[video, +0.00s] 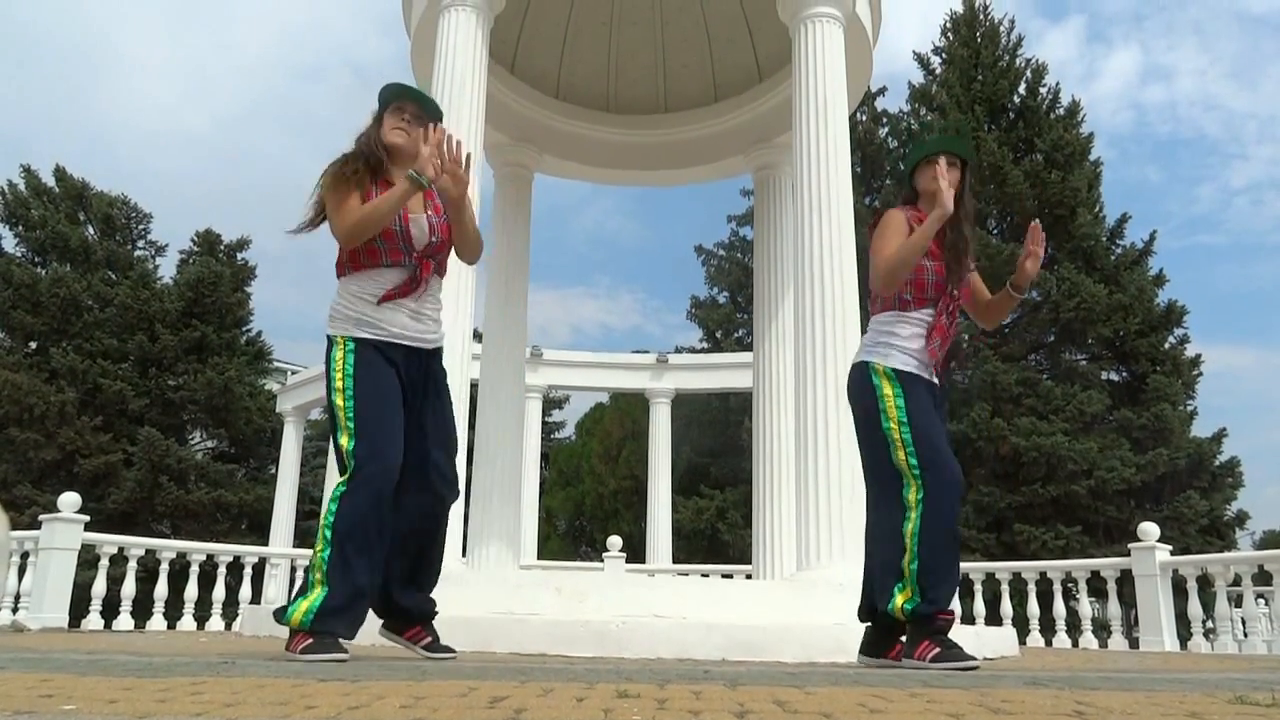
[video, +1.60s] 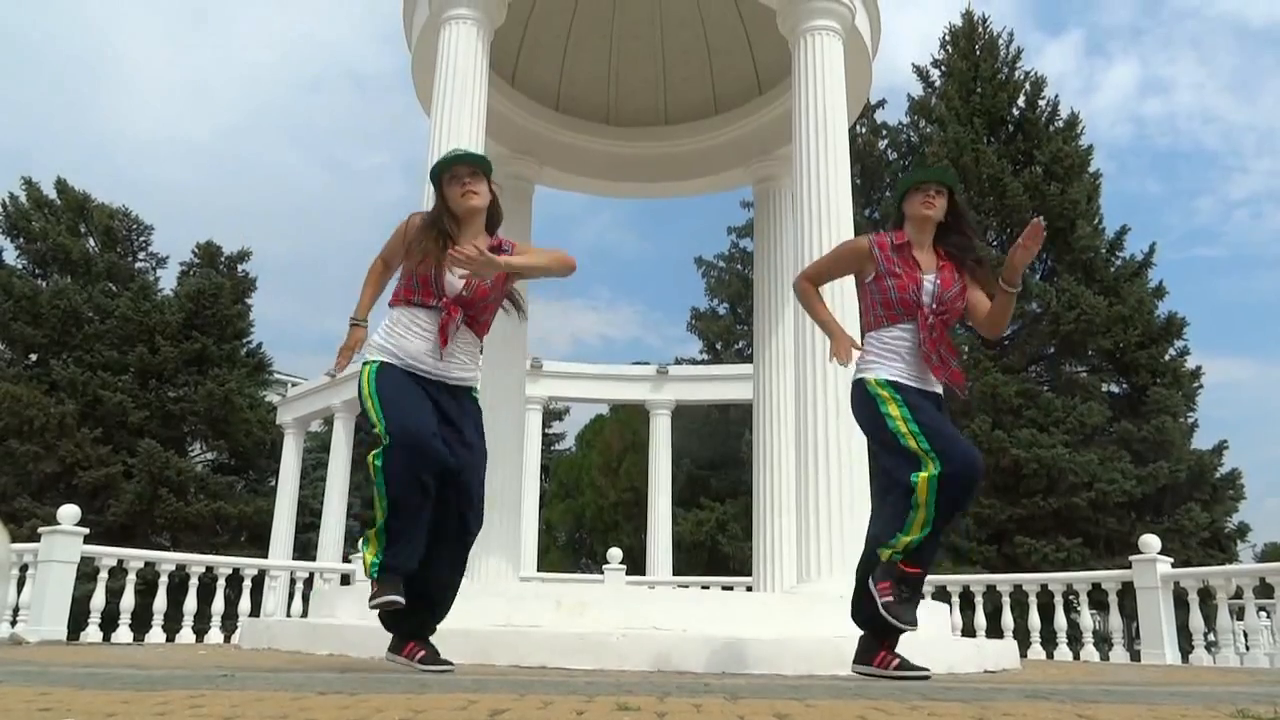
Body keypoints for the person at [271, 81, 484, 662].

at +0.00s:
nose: (406, 126)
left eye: (418, 123)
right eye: (398, 116)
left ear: (433, 139)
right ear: (376, 124)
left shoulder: (441, 188)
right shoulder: (350, 173)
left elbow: (470, 252)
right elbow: (349, 231)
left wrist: (456, 196)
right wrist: (412, 182)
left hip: (424, 351)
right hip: (363, 343)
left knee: (434, 480)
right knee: (372, 471)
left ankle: (405, 612)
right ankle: (318, 625)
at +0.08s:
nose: (412, 132)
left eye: (425, 129)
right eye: (406, 121)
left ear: (440, 145)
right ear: (385, 127)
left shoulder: (449, 197)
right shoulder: (354, 182)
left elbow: (473, 264)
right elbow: (341, 242)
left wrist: (475, 204)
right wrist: (388, 179)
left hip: (424, 357)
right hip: (363, 344)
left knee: (436, 478)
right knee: (364, 464)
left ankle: (406, 615)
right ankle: (319, 623)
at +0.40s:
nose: (441, 178)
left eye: (453, 176)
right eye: (433, 169)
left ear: (464, 194)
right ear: (414, 176)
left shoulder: (466, 243)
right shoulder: (382, 216)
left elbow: (475, 321)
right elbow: (370, 279)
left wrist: (479, 268)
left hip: (439, 377)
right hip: (383, 364)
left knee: (455, 504)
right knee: (368, 492)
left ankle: (401, 627)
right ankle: (316, 630)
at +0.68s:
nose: (466, 212)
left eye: (477, 211)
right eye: (460, 202)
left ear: (483, 228)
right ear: (440, 206)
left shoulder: (479, 276)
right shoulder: (402, 237)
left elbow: (481, 351)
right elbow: (360, 294)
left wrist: (518, 319)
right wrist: (398, 257)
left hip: (452, 393)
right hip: (398, 376)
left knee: (469, 517)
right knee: (378, 497)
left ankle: (403, 634)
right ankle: (321, 623)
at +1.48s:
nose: (486, 193)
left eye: (493, 186)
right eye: (474, 187)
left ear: (505, 199)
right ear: (458, 200)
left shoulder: (515, 263)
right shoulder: (428, 233)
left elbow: (548, 308)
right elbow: (379, 265)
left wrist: (504, 266)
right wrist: (355, 319)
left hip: (453, 379)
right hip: (396, 355)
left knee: (457, 503)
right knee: (426, 439)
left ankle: (406, 634)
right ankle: (376, 554)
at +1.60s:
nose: (467, 183)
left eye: (475, 176)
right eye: (455, 179)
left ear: (493, 191)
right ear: (440, 195)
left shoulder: (504, 250)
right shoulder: (420, 228)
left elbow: (566, 262)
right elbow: (382, 267)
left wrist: (499, 263)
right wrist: (358, 323)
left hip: (457, 387)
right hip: (395, 368)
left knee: (466, 505)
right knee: (418, 443)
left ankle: (413, 637)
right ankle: (391, 575)